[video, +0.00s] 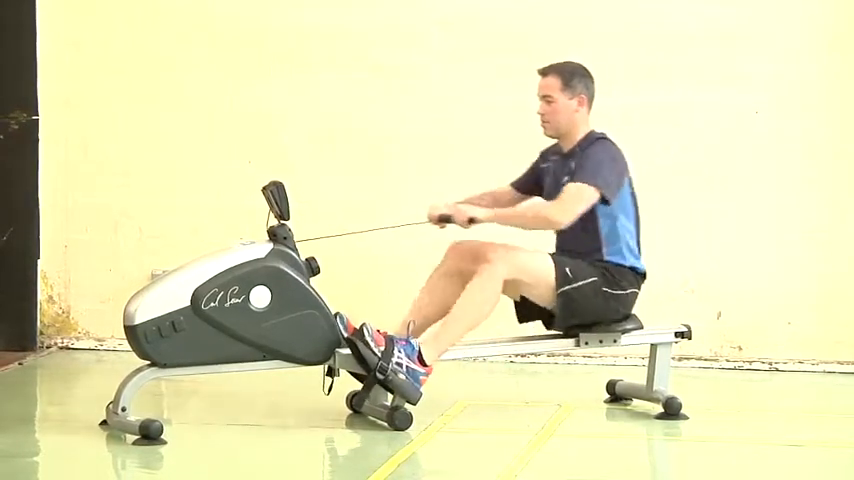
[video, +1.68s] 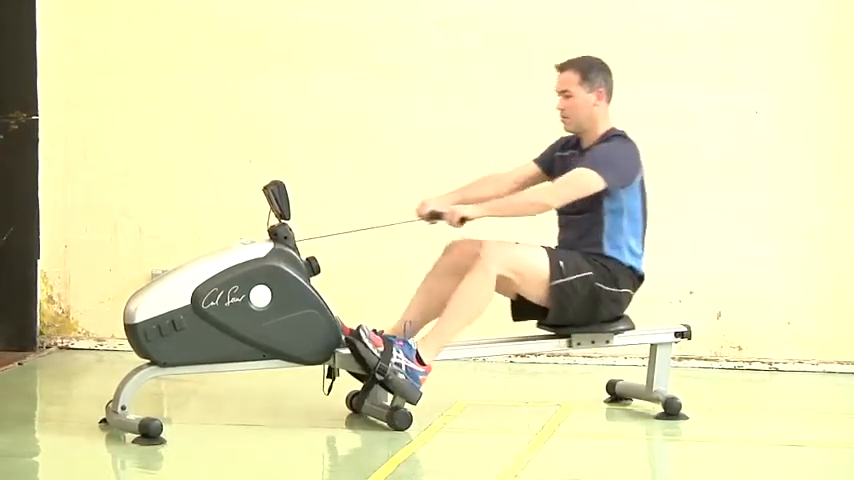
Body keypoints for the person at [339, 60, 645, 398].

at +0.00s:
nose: (540, 109)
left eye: (549, 100)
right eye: (540, 100)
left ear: (580, 102)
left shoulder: (602, 153)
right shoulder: (552, 158)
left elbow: (559, 214)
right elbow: (507, 196)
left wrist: (484, 215)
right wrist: (458, 207)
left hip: (609, 282)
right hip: (572, 276)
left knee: (499, 261)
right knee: (461, 254)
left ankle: (423, 359)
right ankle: (398, 345)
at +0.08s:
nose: (520, 112)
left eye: (528, 103)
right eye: (520, 103)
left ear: (560, 106)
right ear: (552, 106)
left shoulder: (583, 155)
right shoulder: (532, 160)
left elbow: (529, 211)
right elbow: (481, 195)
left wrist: (452, 220)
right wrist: (426, 211)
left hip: (596, 283)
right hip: (558, 276)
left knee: (491, 255)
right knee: (455, 248)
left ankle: (421, 361)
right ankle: (395, 345)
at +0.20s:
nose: (492, 115)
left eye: (501, 106)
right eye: (492, 107)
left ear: (533, 109)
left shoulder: (556, 158)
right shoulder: (505, 162)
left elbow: (488, 207)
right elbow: (448, 195)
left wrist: (413, 225)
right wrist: (388, 214)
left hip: (578, 286)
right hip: (537, 284)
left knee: (479, 245)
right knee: (437, 240)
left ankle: (421, 359)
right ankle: (393, 342)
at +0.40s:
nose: (452, 119)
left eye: (461, 109)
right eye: (452, 110)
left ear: (493, 112)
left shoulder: (516, 161)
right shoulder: (465, 164)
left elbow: (440, 206)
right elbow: (405, 196)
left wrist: (363, 230)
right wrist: (341, 218)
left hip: (545, 290)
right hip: (503, 291)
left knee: (450, 231)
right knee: (410, 230)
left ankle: (419, 358)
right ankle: (389, 341)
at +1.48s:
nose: (506, 107)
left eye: (516, 97)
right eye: (507, 98)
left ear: (548, 101)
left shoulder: (564, 155)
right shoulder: (513, 153)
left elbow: (484, 191)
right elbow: (451, 182)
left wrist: (409, 216)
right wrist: (385, 203)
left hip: (571, 281)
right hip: (533, 276)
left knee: (463, 240)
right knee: (432, 235)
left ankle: (418, 360)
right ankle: (389, 342)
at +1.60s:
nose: (538, 105)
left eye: (546, 95)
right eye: (538, 96)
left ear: (578, 97)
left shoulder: (596, 152)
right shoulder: (545, 150)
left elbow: (521, 194)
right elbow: (487, 181)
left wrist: (448, 212)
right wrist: (420, 201)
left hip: (592, 278)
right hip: (555, 272)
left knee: (480, 250)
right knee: (450, 245)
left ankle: (419, 361)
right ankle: (392, 341)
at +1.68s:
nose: (559, 105)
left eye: (567, 95)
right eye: (558, 96)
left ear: (599, 97)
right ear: (593, 97)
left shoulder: (618, 152)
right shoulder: (568, 148)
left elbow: (547, 199)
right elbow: (510, 181)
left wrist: (472, 211)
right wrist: (446, 200)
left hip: (605, 277)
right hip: (569, 269)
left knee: (494, 257)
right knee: (460, 253)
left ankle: (420, 359)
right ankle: (393, 341)